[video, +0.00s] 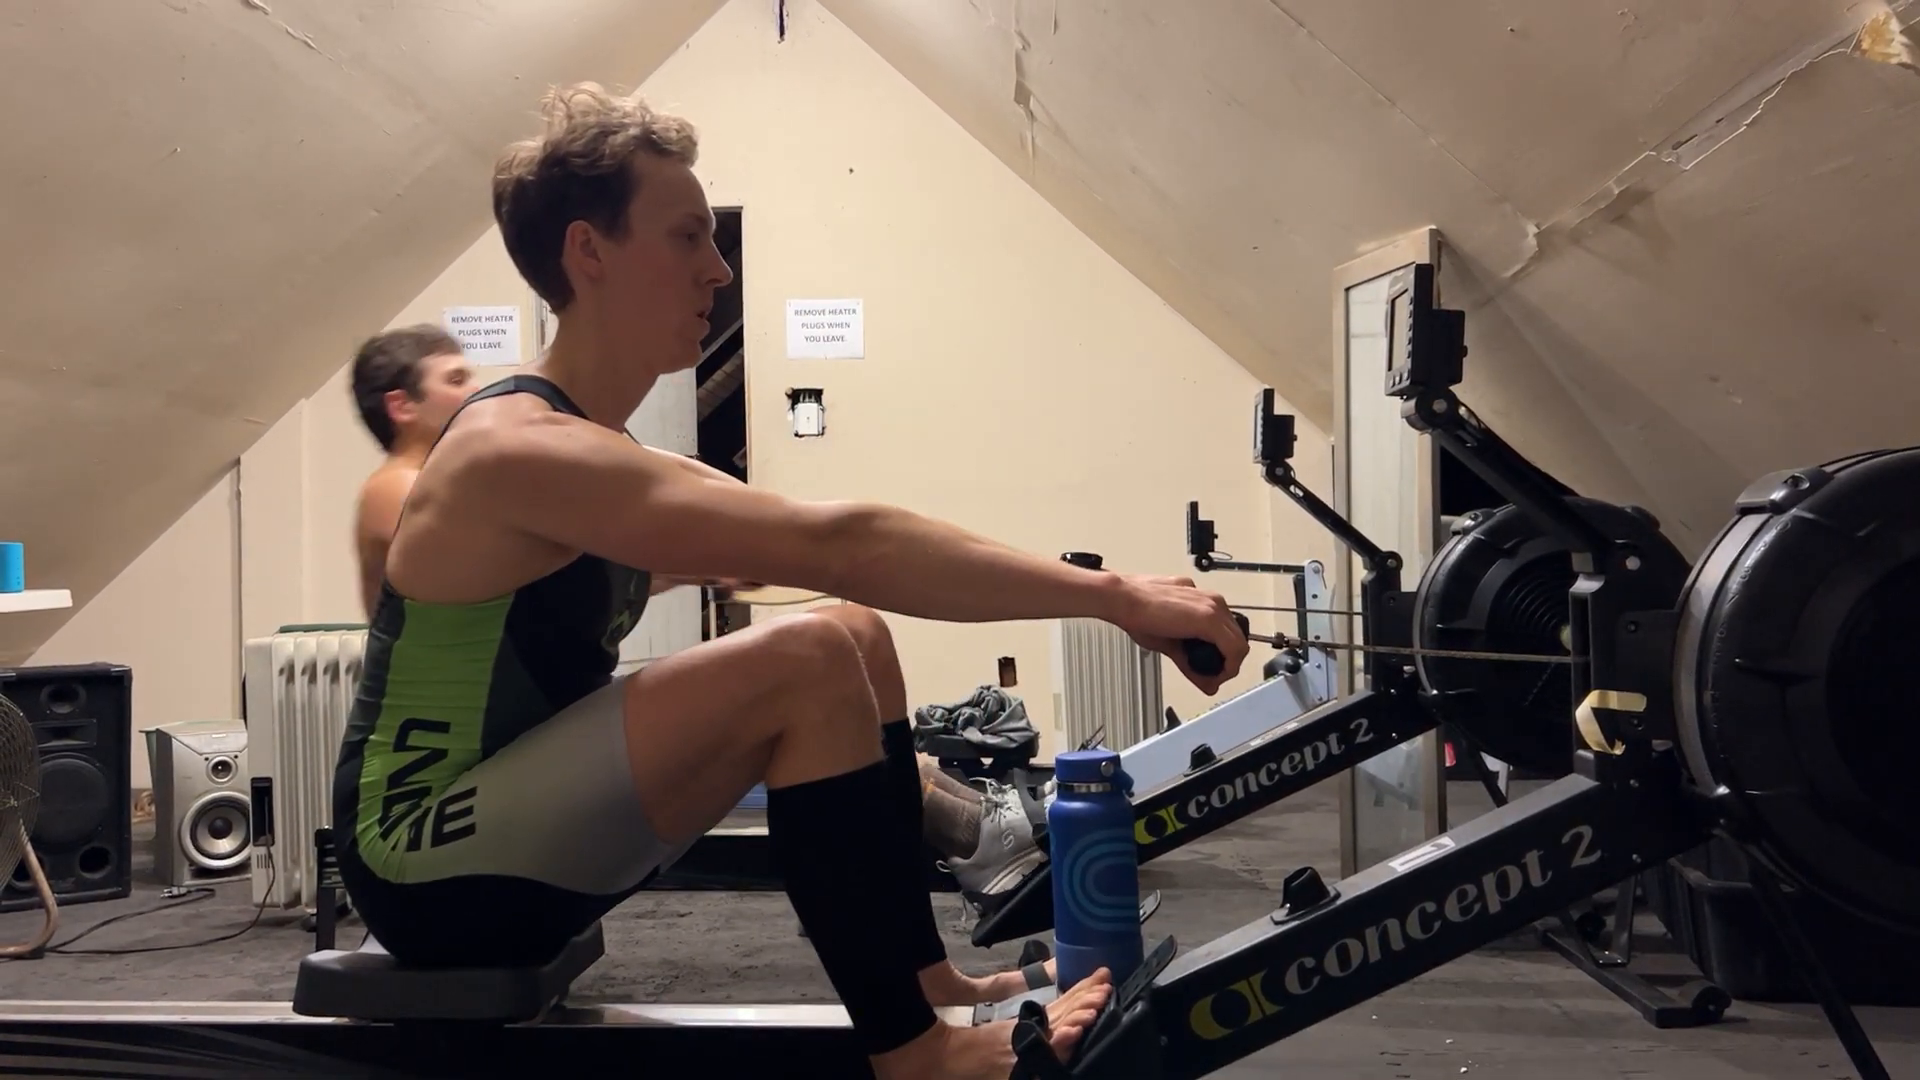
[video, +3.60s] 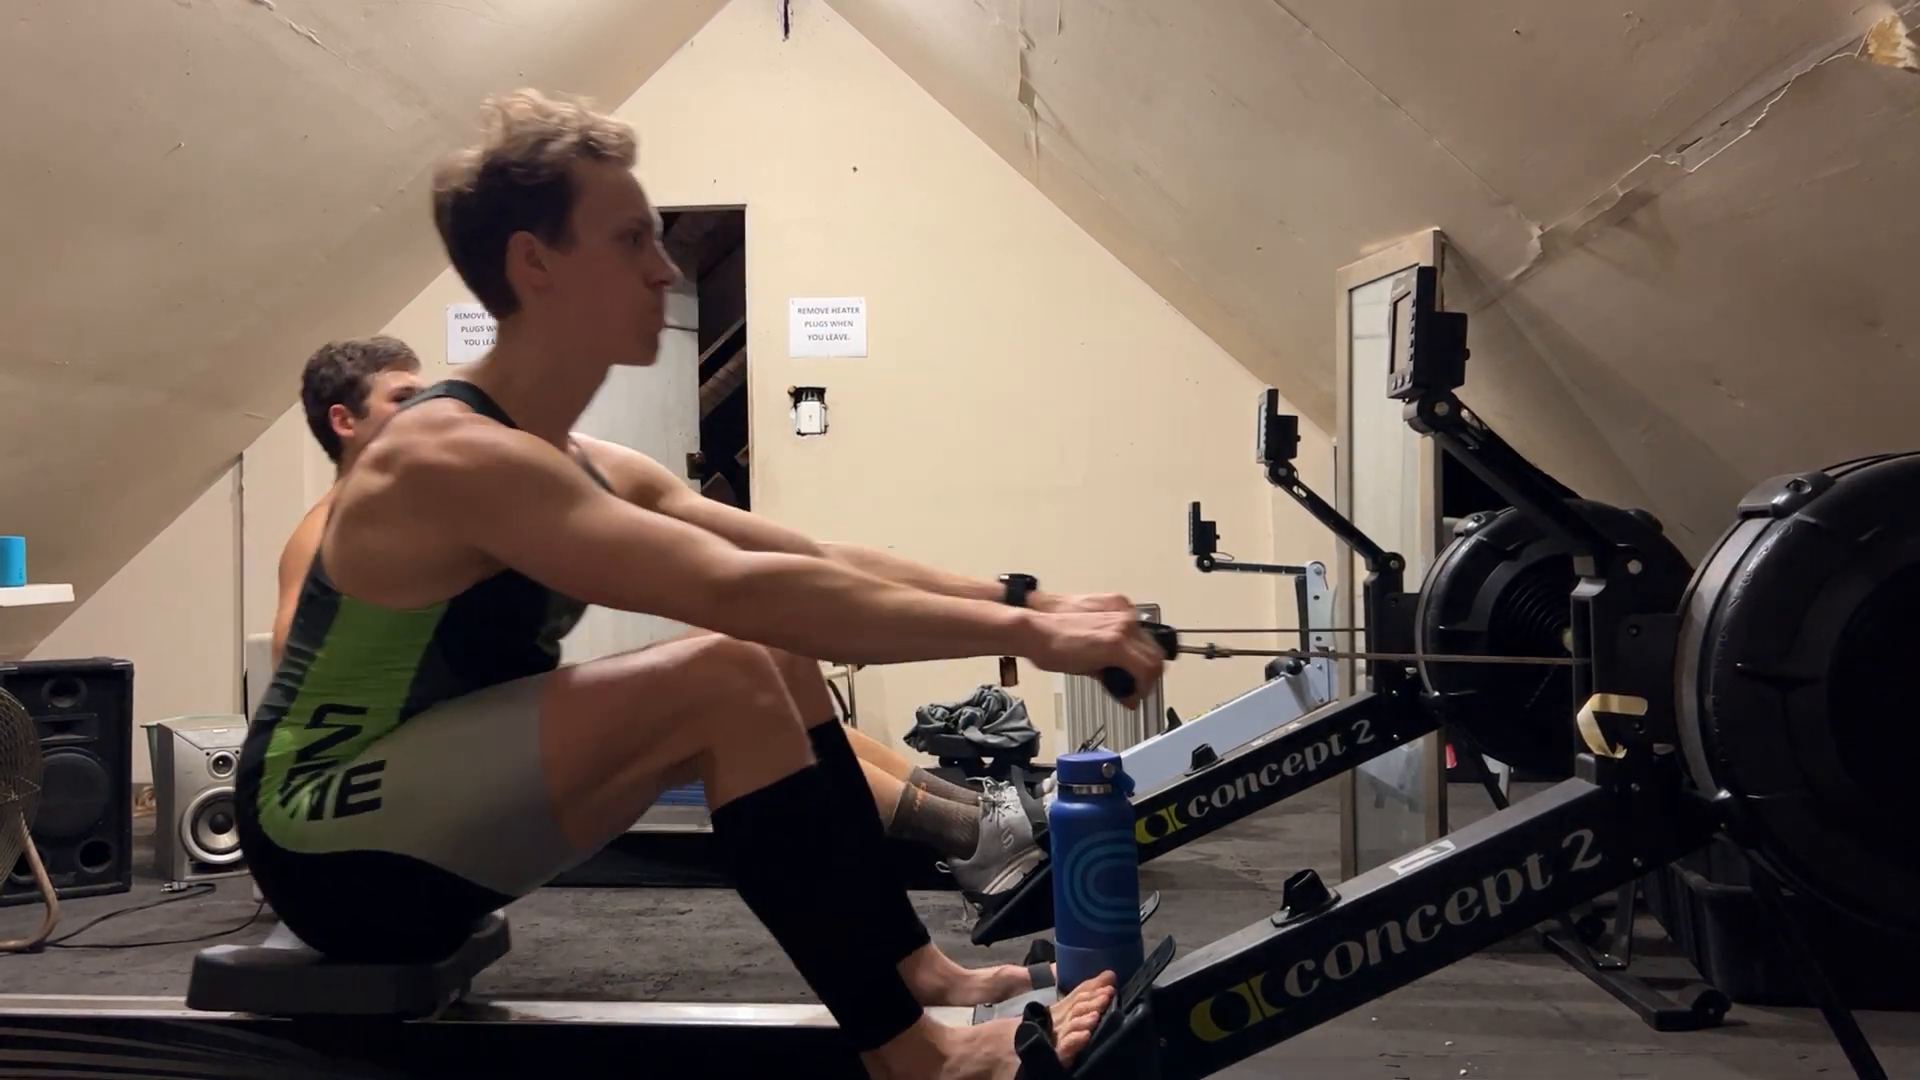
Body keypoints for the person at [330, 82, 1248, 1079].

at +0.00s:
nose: (719, 271)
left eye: (710, 240)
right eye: (689, 240)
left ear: (593, 260)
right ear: (586, 257)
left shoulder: (595, 452)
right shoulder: (517, 449)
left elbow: (834, 557)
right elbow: (832, 545)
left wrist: (1095, 590)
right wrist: (1114, 594)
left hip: (502, 823)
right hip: (433, 854)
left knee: (857, 642)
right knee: (807, 666)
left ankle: (923, 989)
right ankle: (903, 1047)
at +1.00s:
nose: (722, 274)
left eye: (715, 243)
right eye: (693, 242)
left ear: (597, 262)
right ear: (590, 258)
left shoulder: (588, 452)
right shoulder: (519, 452)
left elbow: (833, 566)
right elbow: (830, 554)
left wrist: (1096, 603)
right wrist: (1115, 607)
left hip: (500, 826)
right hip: (433, 857)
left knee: (855, 644)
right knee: (807, 664)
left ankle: (926, 994)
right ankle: (901, 1047)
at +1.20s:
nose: (724, 274)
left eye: (716, 242)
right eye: (695, 242)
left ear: (599, 262)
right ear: (592, 258)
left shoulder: (584, 449)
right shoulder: (517, 449)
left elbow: (581, 604)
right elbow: (834, 552)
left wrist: (730, 608)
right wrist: (1116, 608)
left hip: (501, 820)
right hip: (434, 855)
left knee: (853, 643)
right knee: (804, 663)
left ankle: (925, 991)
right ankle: (902, 1047)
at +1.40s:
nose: (724, 273)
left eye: (717, 241)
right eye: (695, 242)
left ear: (600, 263)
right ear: (592, 259)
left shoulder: (594, 446)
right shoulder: (519, 452)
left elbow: (604, 588)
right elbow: (836, 554)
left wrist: (780, 604)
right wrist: (1116, 609)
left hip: (504, 823)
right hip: (433, 855)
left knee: (850, 645)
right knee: (805, 663)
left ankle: (927, 995)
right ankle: (902, 1048)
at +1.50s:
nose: (724, 273)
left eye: (717, 242)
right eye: (695, 242)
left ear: (599, 263)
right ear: (592, 259)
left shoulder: (594, 449)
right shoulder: (520, 449)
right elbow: (836, 556)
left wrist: (886, 609)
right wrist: (1118, 609)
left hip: (504, 827)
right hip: (433, 854)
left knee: (851, 650)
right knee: (808, 665)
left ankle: (927, 994)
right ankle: (901, 1047)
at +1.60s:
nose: (725, 274)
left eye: (719, 243)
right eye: (697, 241)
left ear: (600, 263)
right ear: (592, 258)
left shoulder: (597, 446)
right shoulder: (524, 449)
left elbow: (837, 561)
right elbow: (832, 555)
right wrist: (1119, 612)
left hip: (501, 824)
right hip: (433, 851)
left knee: (855, 647)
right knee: (805, 664)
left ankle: (925, 993)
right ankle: (901, 1046)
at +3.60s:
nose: (673, 269)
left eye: (660, 238)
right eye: (638, 239)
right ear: (531, 264)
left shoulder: (593, 468)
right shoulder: (457, 458)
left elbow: (805, 561)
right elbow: (736, 596)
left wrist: (1024, 606)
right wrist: (1024, 633)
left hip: (416, 805)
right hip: (332, 829)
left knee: (775, 663)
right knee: (724, 686)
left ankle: (909, 972)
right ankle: (896, 1046)